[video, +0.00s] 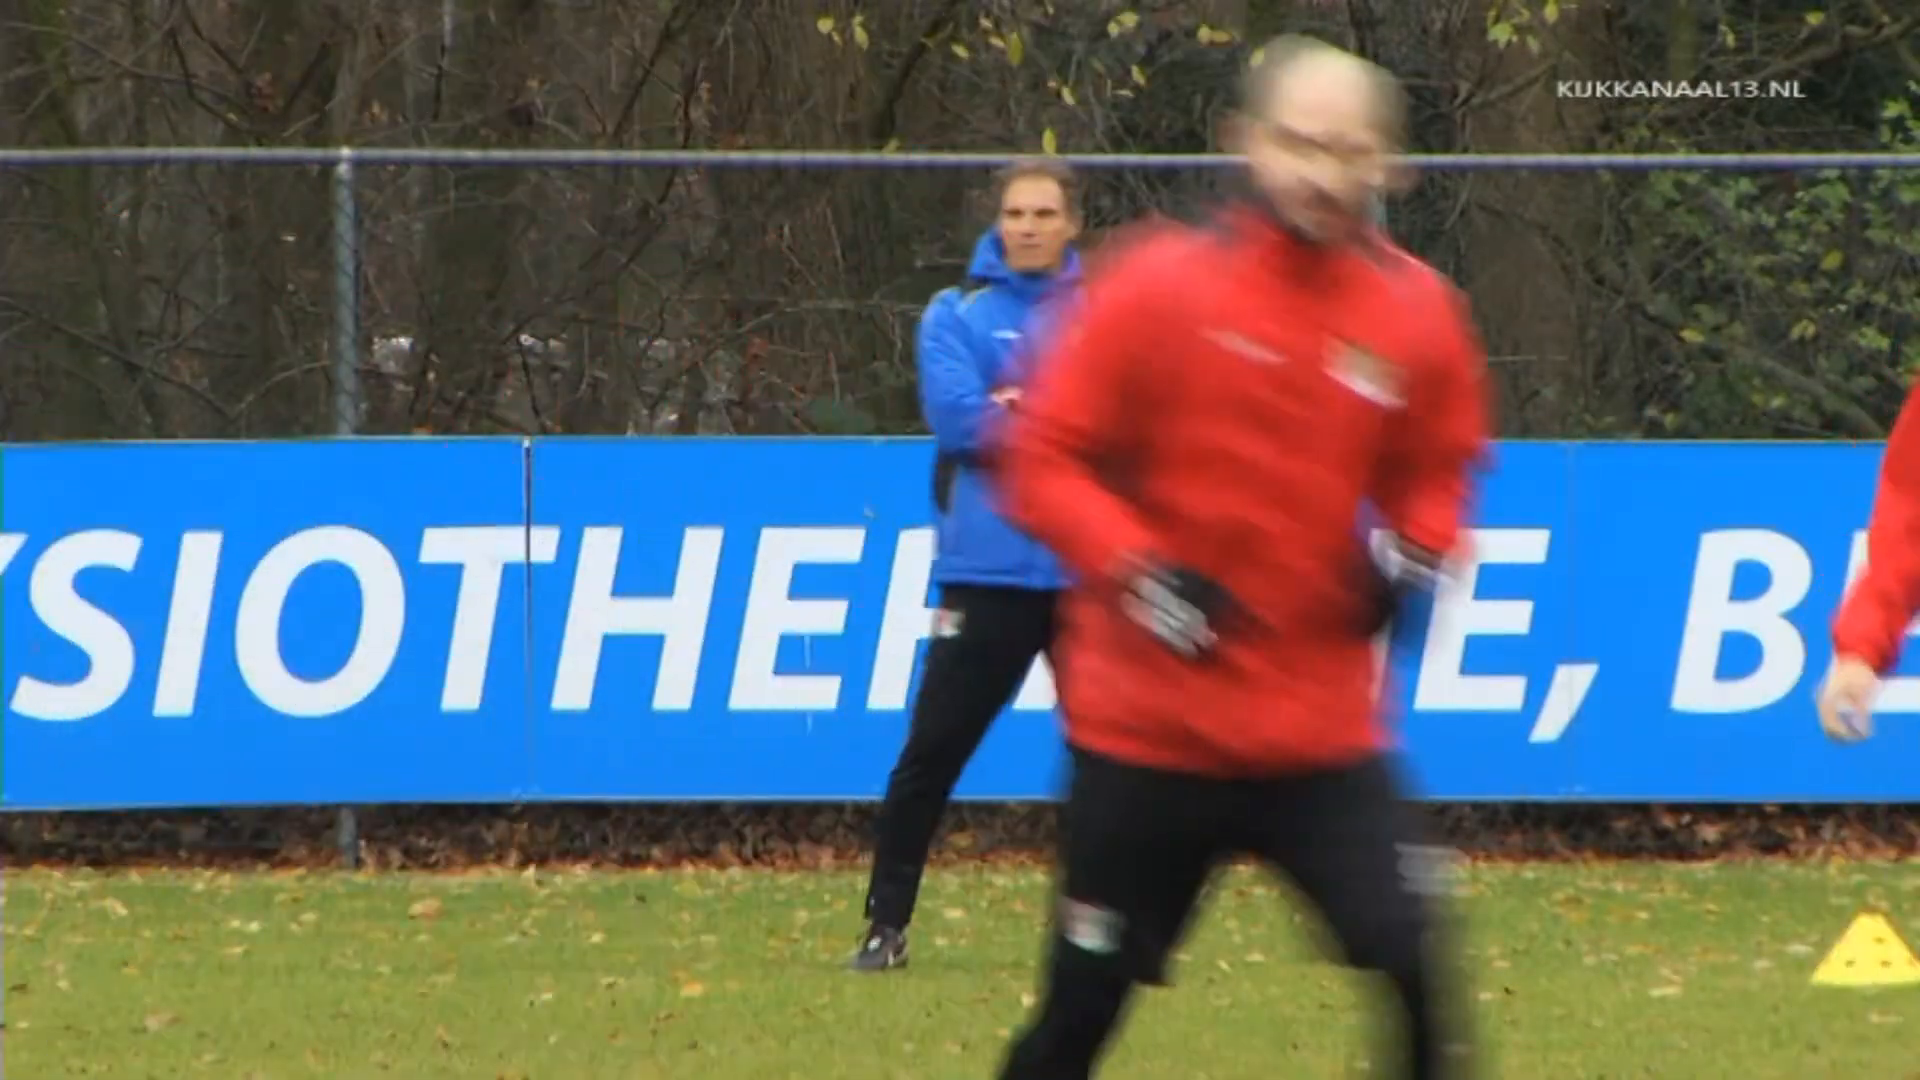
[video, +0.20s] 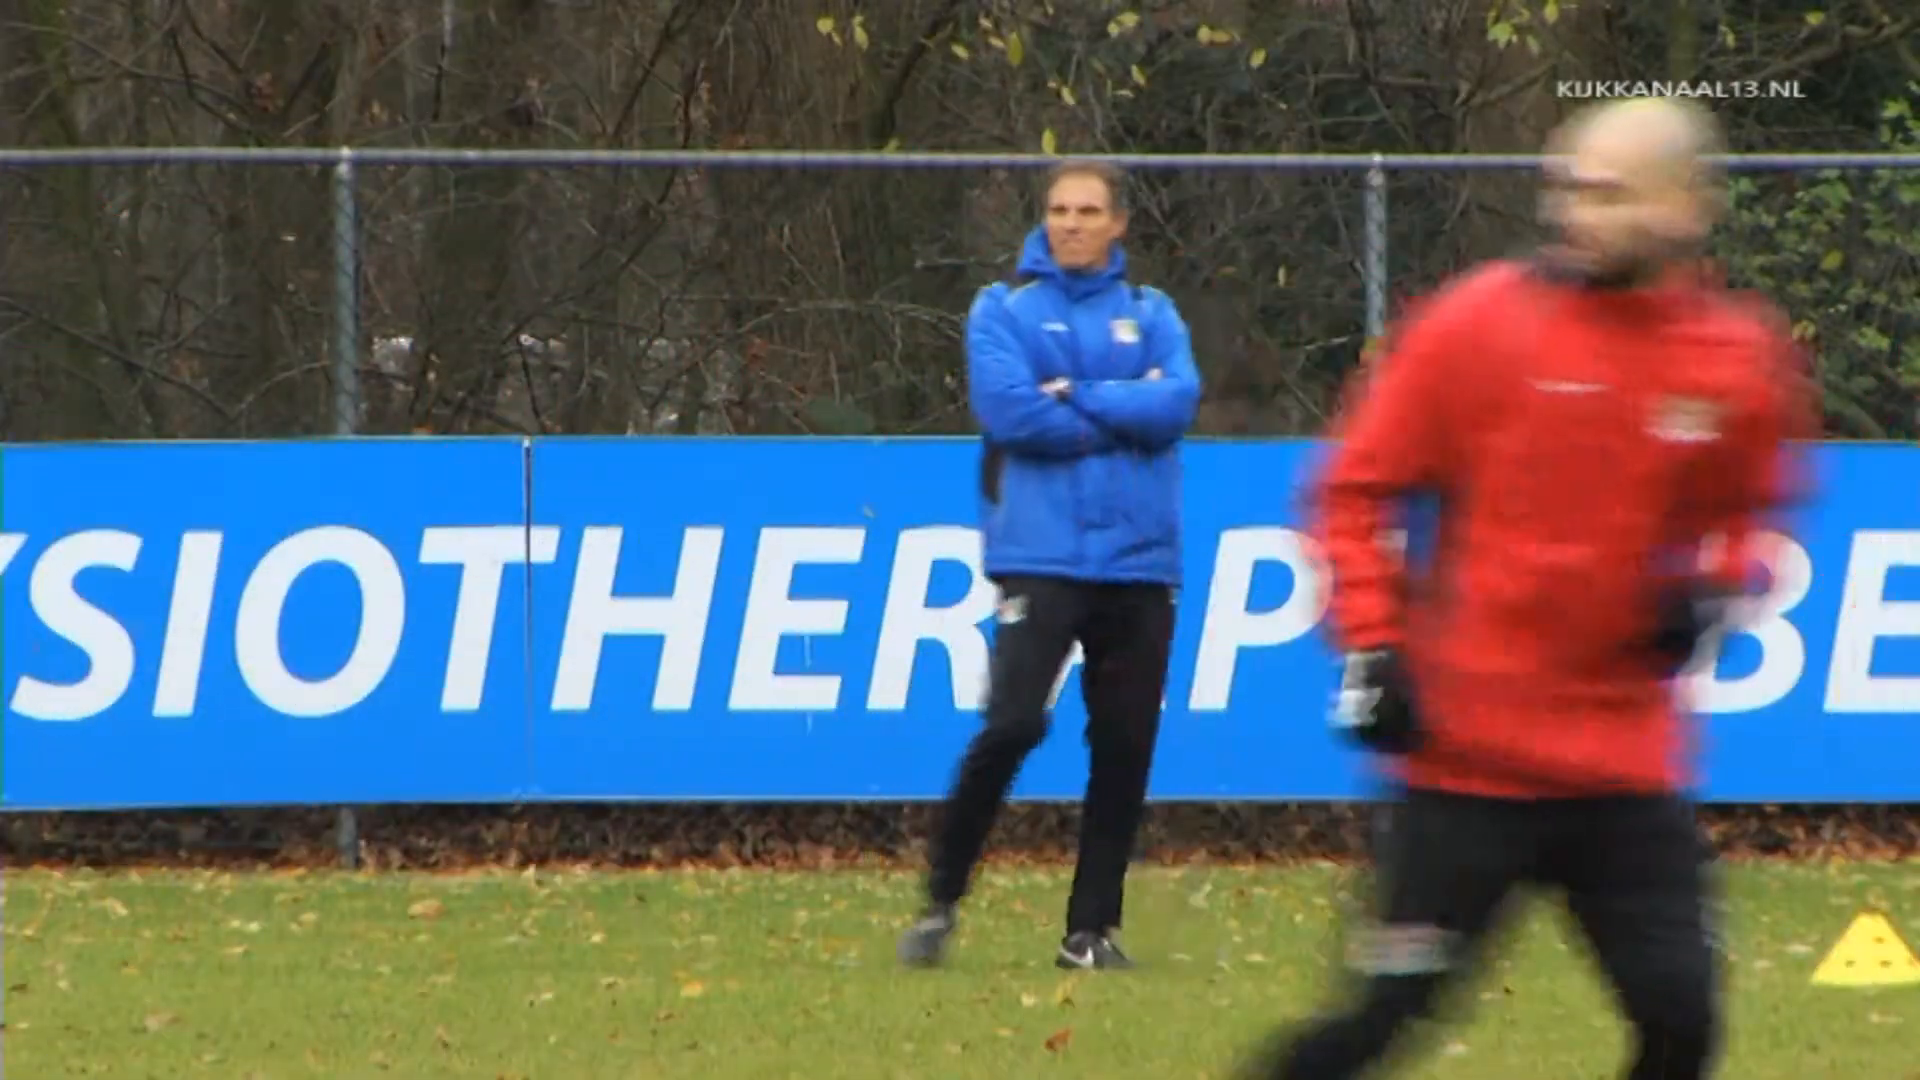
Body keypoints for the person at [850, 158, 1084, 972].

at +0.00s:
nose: (1030, 228)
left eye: (1047, 214)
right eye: (1017, 214)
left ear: (1073, 225)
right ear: (997, 225)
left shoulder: (1102, 314)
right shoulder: (955, 314)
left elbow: (1118, 415)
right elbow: (958, 421)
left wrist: (1010, 405)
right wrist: (1064, 421)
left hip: (1091, 575)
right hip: (991, 574)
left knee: (1115, 758)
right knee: (932, 755)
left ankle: (1114, 932)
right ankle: (887, 924)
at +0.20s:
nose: (1072, 224)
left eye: (1088, 212)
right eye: (1062, 211)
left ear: (1120, 225)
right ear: (1044, 222)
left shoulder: (1153, 311)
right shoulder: (1001, 308)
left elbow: (1177, 403)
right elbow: (1007, 414)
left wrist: (1073, 392)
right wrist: (1121, 421)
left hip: (1138, 562)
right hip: (1040, 559)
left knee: (1125, 752)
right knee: (1014, 725)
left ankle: (1091, 932)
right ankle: (940, 904)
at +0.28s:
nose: (1090, 222)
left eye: (1106, 210)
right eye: (1078, 209)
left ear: (1135, 223)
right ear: (1060, 220)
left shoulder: (1167, 309)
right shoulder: (1019, 304)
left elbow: (1191, 403)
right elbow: (1027, 414)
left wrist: (1088, 389)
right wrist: (1135, 418)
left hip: (1153, 555)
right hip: (1056, 549)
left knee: (1129, 750)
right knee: (1058, 720)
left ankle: (1092, 932)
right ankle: (992, 897)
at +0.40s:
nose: (1115, 222)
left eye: (1131, 210)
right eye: (1103, 209)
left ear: (1160, 224)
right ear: (1085, 219)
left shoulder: (1187, 309)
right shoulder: (1044, 303)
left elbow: (1219, 406)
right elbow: (1052, 414)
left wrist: (1118, 391)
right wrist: (1161, 419)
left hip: (1170, 549)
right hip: (1079, 544)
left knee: (1152, 731)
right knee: (1128, 713)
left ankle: (1103, 916)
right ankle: (1094, 915)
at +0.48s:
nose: (1133, 223)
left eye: (1149, 211)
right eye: (1120, 210)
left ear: (1176, 225)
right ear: (1101, 221)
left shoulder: (1201, 309)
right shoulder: (1061, 302)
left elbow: (1236, 407)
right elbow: (1076, 413)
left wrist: (1137, 392)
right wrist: (1181, 419)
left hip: (1183, 548)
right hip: (1094, 544)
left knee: (1152, 734)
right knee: (1158, 710)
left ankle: (1090, 931)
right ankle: (1168, 900)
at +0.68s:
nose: (1181, 233)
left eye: (1196, 220)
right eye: (1168, 219)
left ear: (1220, 232)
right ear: (1146, 228)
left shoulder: (1240, 317)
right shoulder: (1108, 323)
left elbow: (1288, 419)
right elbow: (1154, 437)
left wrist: (1200, 406)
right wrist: (1242, 419)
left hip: (1227, 563)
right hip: (1146, 562)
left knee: (1165, 748)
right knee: (1210, 744)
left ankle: (1092, 929)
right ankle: (1287, 933)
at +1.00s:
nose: (1263, 235)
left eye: (1277, 221)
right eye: (1247, 222)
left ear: (1301, 228)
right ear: (1225, 232)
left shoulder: (1323, 300)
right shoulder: (1195, 328)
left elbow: (1382, 397)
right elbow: (1252, 445)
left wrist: (1290, 406)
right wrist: (1339, 416)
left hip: (1323, 554)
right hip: (1244, 562)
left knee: (1283, 745)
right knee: (1260, 747)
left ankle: (1156, 892)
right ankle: (1298, 932)